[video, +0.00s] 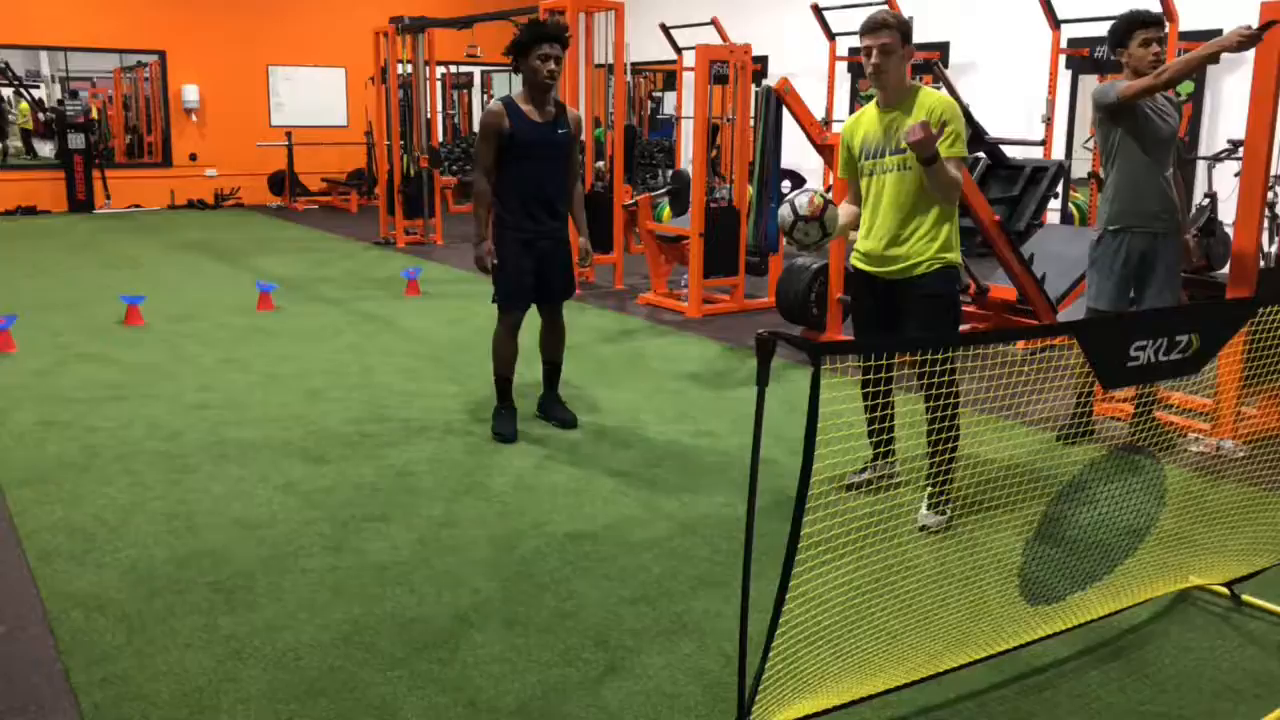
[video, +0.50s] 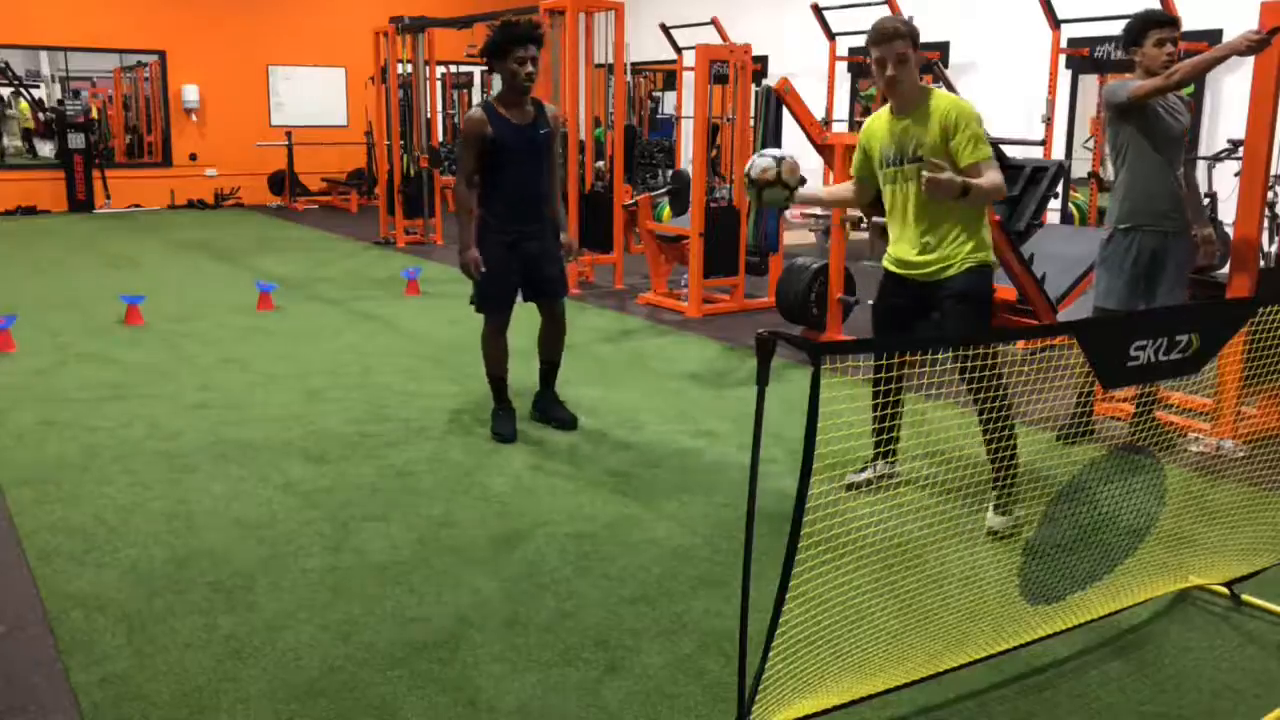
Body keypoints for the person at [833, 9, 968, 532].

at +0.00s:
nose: (873, 61)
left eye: (884, 51)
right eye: (866, 53)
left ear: (908, 55)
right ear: (859, 60)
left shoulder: (941, 109)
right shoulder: (854, 127)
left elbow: (951, 195)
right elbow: (850, 203)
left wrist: (929, 157)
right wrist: (822, 226)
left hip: (930, 264)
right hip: (872, 265)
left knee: (935, 378)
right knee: (874, 371)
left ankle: (938, 491)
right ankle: (882, 462)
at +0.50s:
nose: (890, 70)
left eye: (898, 60)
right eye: (881, 62)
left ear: (918, 60)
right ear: (871, 69)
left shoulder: (955, 113)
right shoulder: (873, 130)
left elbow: (997, 185)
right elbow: (860, 193)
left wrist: (960, 185)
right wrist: (794, 194)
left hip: (962, 260)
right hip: (904, 262)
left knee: (975, 367)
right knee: (887, 360)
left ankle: (1004, 490)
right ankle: (884, 461)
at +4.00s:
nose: (929, 75)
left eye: (941, 65)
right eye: (923, 65)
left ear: (970, 63)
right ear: (918, 67)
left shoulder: (1008, 115)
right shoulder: (924, 132)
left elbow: (1065, 179)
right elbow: (901, 191)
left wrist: (1033, 240)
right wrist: (844, 188)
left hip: (1016, 281)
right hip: (950, 280)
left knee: (1031, 392)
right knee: (920, 375)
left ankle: (1060, 511)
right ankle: (917, 475)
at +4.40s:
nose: (1025, 100)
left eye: (1033, 87)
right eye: (1011, 90)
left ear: (1046, 82)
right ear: (991, 90)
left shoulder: (1082, 135)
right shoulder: (973, 159)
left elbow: (1127, 201)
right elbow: (958, 237)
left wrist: (1178, 227)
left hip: (1073, 292)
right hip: (998, 298)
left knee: (1080, 403)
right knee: (952, 377)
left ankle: (1063, 512)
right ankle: (920, 471)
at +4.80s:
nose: (1028, 68)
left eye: (1041, 58)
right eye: (1024, 57)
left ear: (1078, 56)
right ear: (1022, 57)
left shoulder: (1127, 124)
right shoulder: (1008, 124)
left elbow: (1149, 210)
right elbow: (977, 205)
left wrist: (1146, 292)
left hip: (1100, 292)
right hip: (1026, 285)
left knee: (1084, 402)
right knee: (986, 371)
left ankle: (1062, 514)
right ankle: (975, 470)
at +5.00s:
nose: (1020, 55)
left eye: (1029, 45)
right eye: (1021, 44)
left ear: (1064, 49)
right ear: (1053, 50)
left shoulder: (1118, 117)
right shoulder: (1028, 114)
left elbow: (1148, 209)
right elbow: (1013, 183)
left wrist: (1131, 290)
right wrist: (976, 226)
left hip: (1092, 286)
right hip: (1036, 281)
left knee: (1078, 396)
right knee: (1040, 386)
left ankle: (1069, 508)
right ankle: (1073, 478)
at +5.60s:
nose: (1034, 52)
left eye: (1040, 42)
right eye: (1035, 42)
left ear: (1064, 46)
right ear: (1074, 47)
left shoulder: (1080, 108)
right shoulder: (1110, 104)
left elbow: (1075, 207)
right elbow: (1101, 199)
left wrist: (1002, 257)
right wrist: (1044, 220)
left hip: (1089, 280)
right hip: (1111, 277)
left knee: (1080, 398)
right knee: (1083, 391)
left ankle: (1094, 524)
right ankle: (1083, 493)